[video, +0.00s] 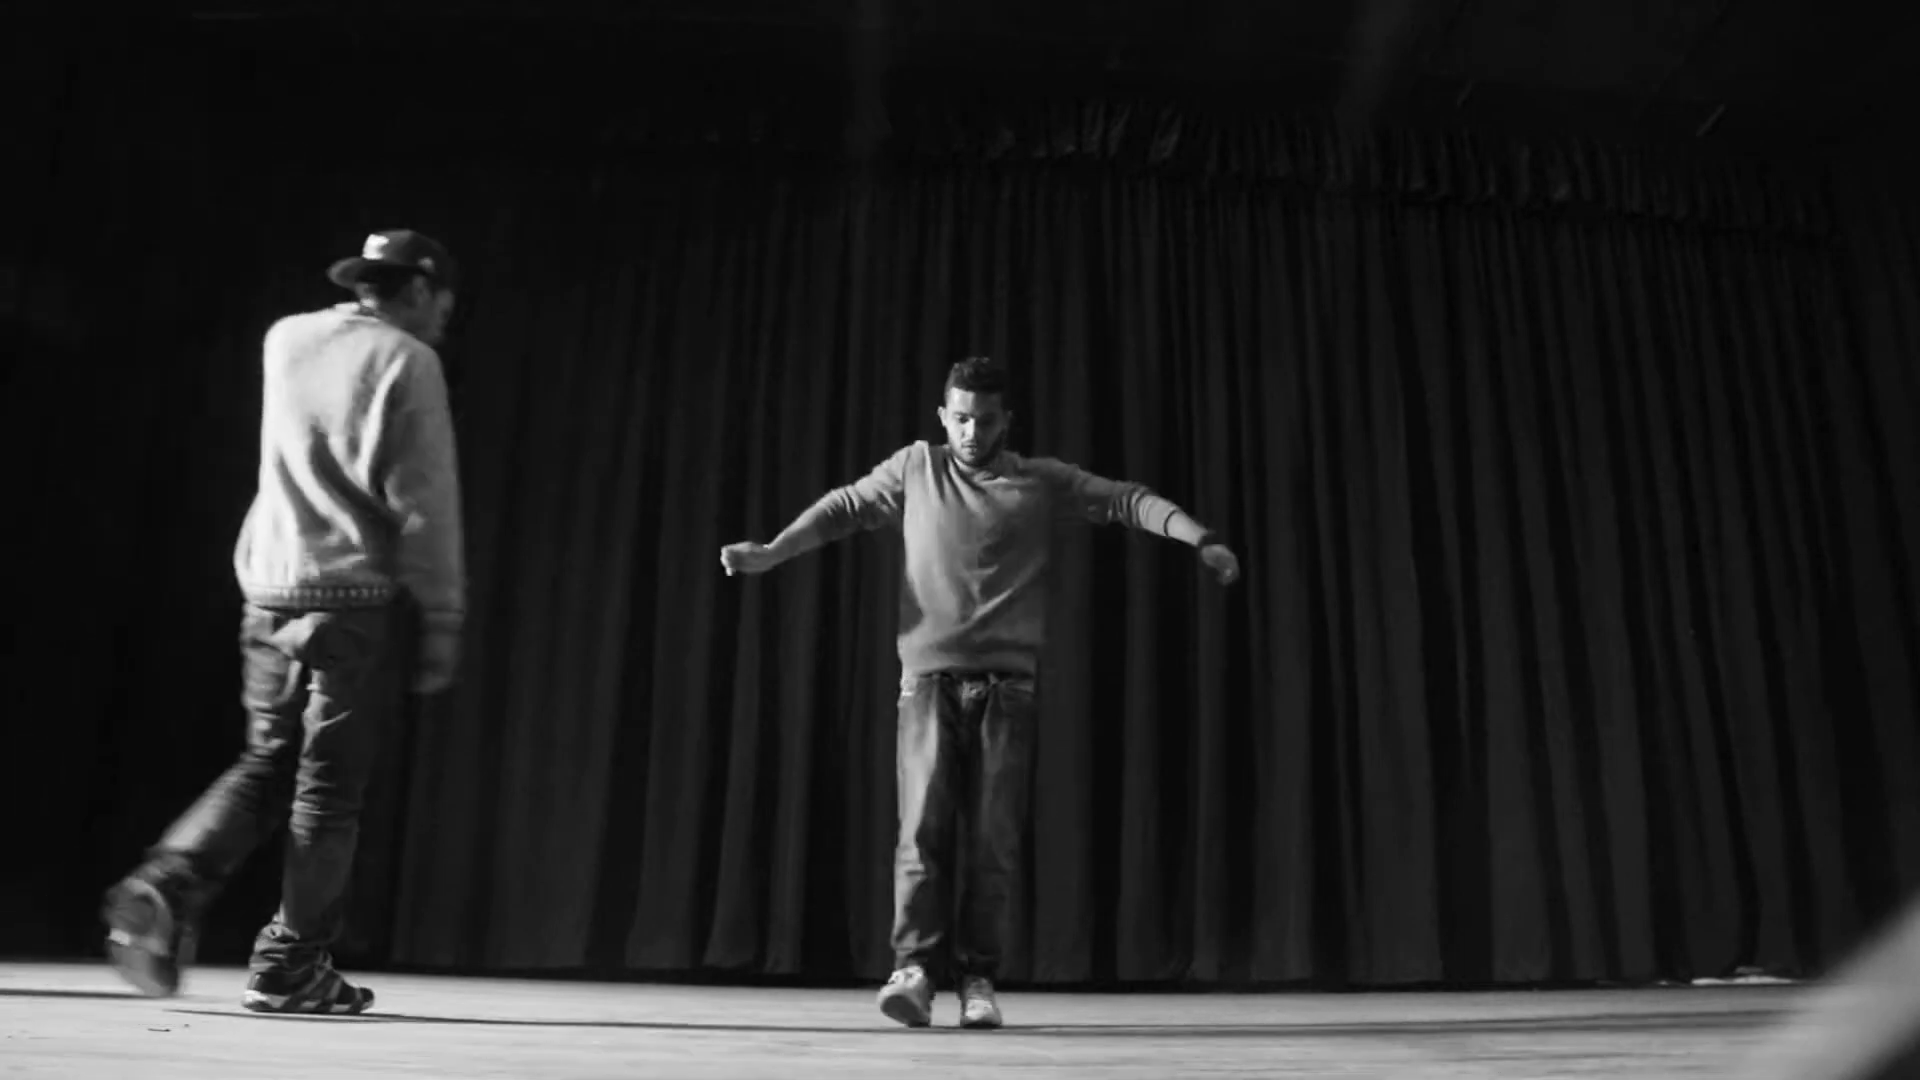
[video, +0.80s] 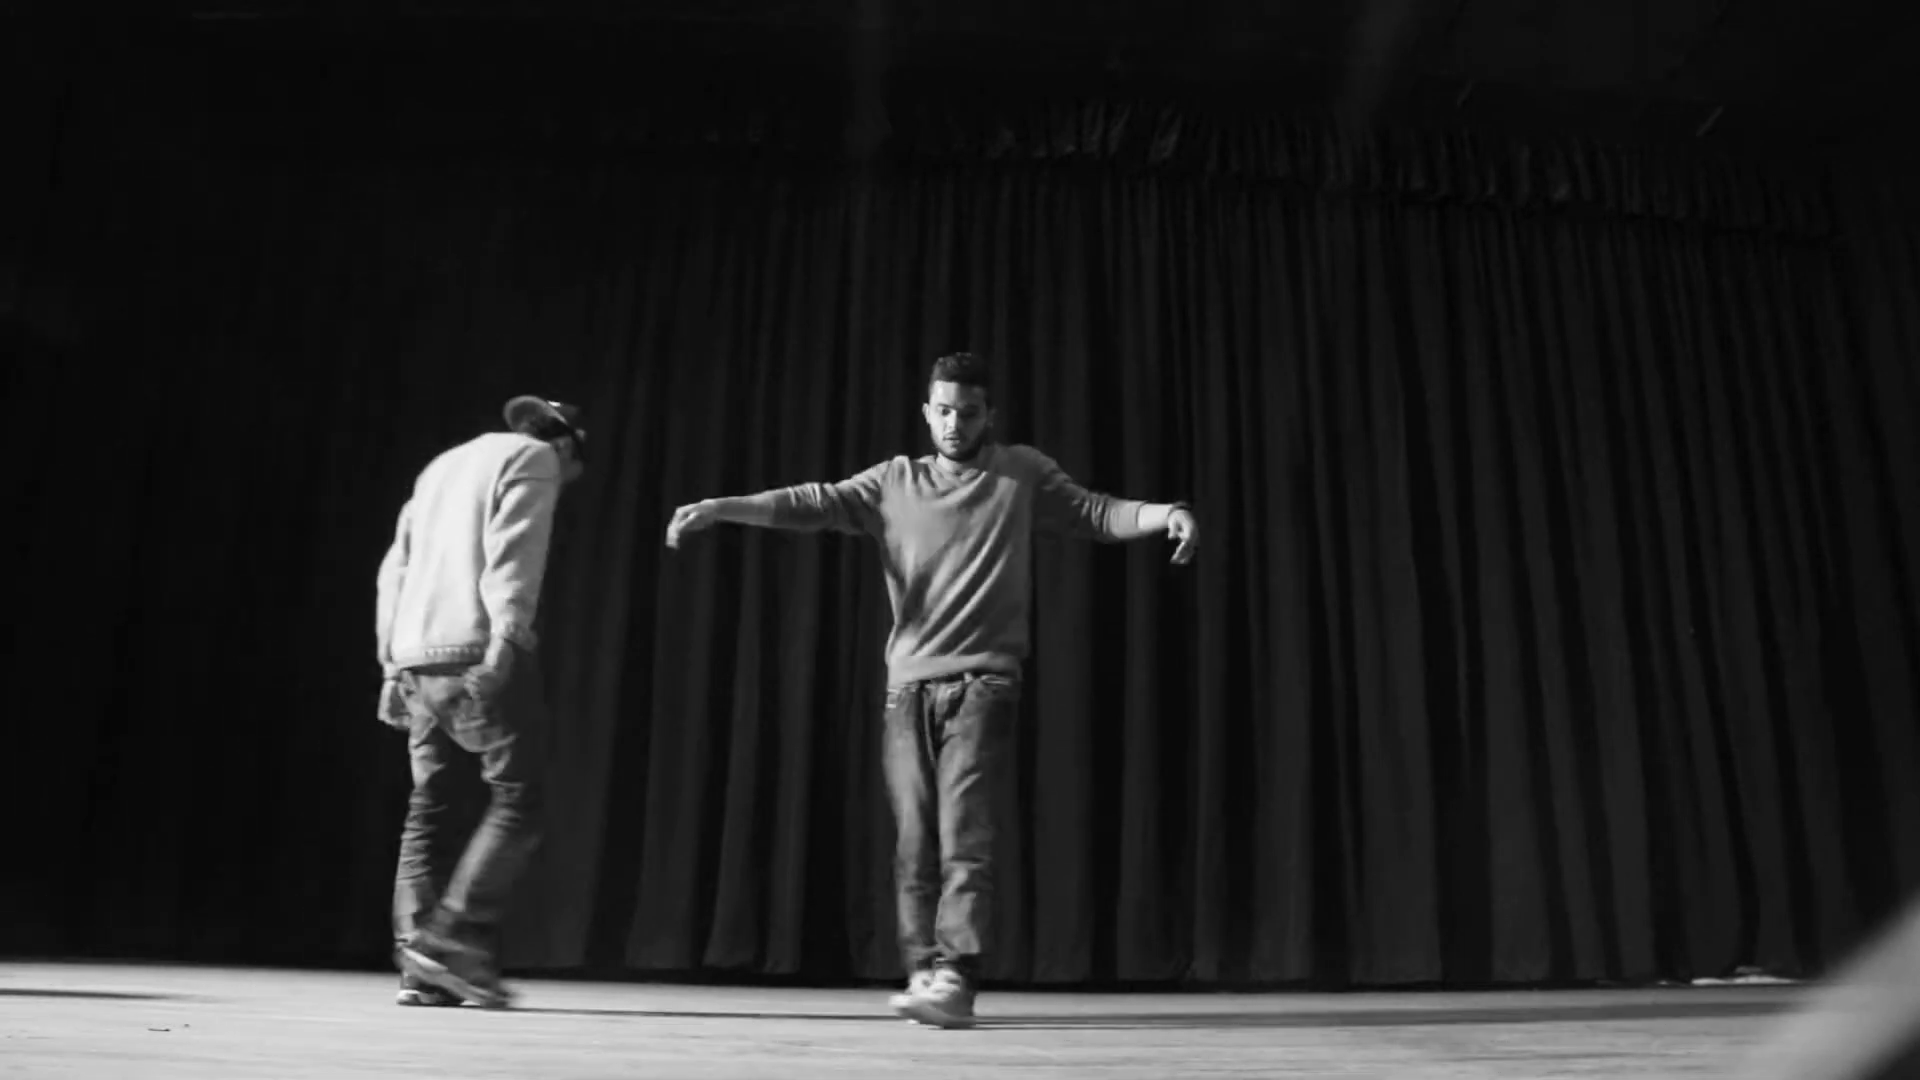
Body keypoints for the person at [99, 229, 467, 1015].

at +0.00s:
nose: (444, 316)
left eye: (446, 302)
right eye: (441, 300)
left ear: (365, 286)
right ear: (414, 292)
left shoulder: (287, 336)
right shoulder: (410, 362)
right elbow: (425, 507)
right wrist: (442, 623)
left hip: (268, 589)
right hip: (352, 599)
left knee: (265, 761)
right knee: (329, 784)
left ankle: (159, 892)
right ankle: (294, 962)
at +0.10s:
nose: (467, 335)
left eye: (468, 320)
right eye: (466, 319)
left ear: (389, 300)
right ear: (440, 304)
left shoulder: (305, 353)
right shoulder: (424, 368)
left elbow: (312, 463)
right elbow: (454, 502)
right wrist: (491, 617)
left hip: (291, 592)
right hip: (372, 599)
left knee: (302, 763)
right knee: (336, 783)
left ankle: (219, 924)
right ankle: (293, 963)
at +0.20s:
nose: (484, 363)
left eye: (487, 350)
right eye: (485, 348)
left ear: (420, 322)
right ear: (464, 333)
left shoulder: (332, 368)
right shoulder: (441, 382)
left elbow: (290, 450)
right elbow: (472, 510)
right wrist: (524, 593)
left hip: (307, 602)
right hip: (382, 604)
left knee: (348, 775)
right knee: (341, 784)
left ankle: (312, 958)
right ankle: (288, 962)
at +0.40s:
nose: (514, 423)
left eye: (520, 415)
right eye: (517, 411)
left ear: (458, 375)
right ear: (503, 390)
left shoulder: (367, 416)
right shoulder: (475, 416)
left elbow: (301, 516)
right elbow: (499, 534)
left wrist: (359, 572)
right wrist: (548, 623)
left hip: (342, 621)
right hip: (413, 620)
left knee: (385, 798)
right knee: (363, 796)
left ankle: (417, 960)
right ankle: (293, 954)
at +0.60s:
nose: (539, 458)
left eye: (543, 451)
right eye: (543, 446)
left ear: (489, 411)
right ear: (530, 426)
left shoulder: (402, 454)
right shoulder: (505, 444)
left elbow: (348, 557)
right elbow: (501, 549)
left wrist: (372, 653)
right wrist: (509, 648)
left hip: (389, 656)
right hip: (444, 650)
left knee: (418, 807)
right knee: (444, 804)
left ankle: (425, 970)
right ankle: (337, 913)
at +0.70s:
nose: (550, 472)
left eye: (555, 465)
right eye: (552, 459)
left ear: (499, 420)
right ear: (541, 436)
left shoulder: (422, 460)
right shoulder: (520, 448)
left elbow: (372, 563)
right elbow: (503, 545)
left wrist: (375, 659)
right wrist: (498, 636)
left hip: (402, 668)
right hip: (459, 663)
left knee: (422, 809)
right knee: (486, 804)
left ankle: (422, 964)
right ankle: (391, 905)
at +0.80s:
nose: (564, 476)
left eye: (569, 470)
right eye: (568, 465)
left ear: (514, 426)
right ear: (560, 443)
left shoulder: (439, 467)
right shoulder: (534, 454)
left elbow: (395, 566)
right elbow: (512, 549)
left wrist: (395, 664)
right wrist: (507, 642)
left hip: (417, 673)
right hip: (479, 666)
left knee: (428, 815)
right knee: (518, 802)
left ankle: (420, 968)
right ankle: (456, 941)